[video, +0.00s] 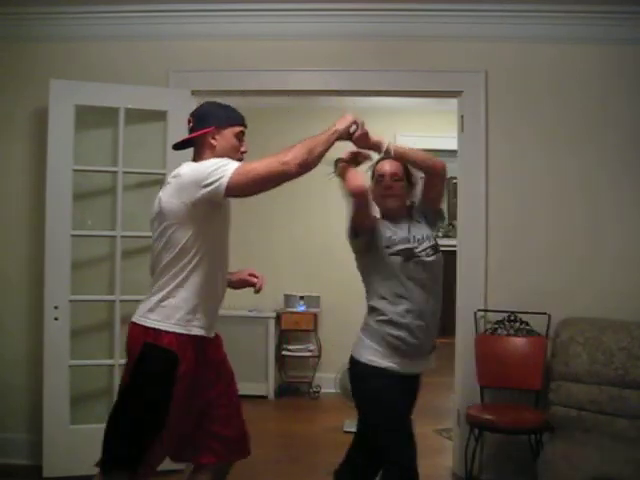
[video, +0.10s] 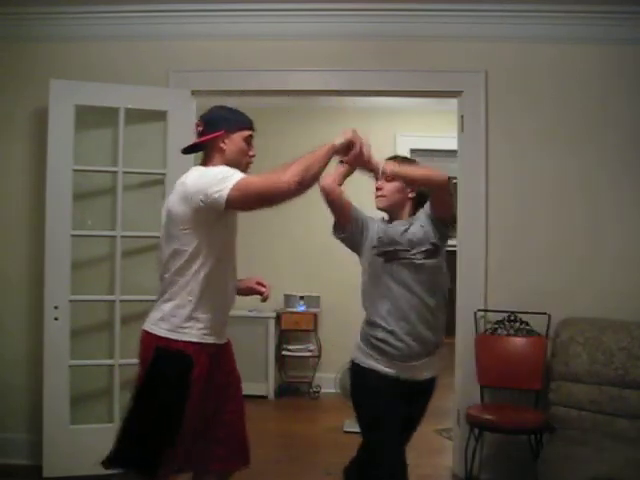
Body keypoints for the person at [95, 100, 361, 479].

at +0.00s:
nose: (244, 146)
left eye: (244, 138)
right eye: (237, 136)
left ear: (209, 141)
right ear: (209, 138)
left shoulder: (190, 184)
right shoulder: (195, 175)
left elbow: (173, 267)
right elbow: (289, 164)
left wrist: (226, 279)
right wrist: (337, 130)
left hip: (199, 338)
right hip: (166, 337)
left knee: (223, 448)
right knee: (140, 455)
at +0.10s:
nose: (253, 149)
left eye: (252, 141)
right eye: (246, 140)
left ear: (219, 145)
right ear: (220, 143)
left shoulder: (208, 187)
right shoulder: (200, 181)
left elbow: (185, 270)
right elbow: (288, 183)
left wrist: (234, 285)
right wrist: (335, 147)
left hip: (210, 345)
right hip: (179, 345)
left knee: (222, 458)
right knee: (162, 461)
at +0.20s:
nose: (268, 147)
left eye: (267, 138)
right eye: (262, 137)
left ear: (235, 140)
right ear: (236, 138)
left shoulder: (214, 181)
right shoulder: (215, 179)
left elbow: (201, 267)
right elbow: (268, 211)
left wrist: (248, 285)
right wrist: (328, 178)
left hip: (211, 337)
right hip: (197, 340)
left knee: (217, 455)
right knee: (200, 457)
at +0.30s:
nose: (285, 142)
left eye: (284, 133)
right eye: (279, 132)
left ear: (251, 135)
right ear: (255, 133)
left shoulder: (223, 175)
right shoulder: (235, 174)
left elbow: (212, 259)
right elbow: (263, 234)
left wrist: (259, 281)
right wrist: (342, 229)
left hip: (208, 328)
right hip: (214, 332)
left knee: (208, 452)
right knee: (236, 456)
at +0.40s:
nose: (302, 142)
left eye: (302, 133)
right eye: (298, 131)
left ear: (264, 134)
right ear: (274, 131)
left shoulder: (235, 177)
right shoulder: (257, 178)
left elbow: (230, 256)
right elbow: (291, 254)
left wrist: (276, 278)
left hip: (213, 322)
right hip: (231, 328)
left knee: (208, 449)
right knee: (274, 453)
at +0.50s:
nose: (323, 148)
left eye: (322, 138)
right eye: (319, 136)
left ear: (285, 138)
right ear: (298, 136)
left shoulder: (245, 182)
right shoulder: (284, 186)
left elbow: (235, 258)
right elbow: (336, 267)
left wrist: (290, 282)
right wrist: (412, 308)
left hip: (222, 327)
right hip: (251, 333)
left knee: (213, 454)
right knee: (293, 459)